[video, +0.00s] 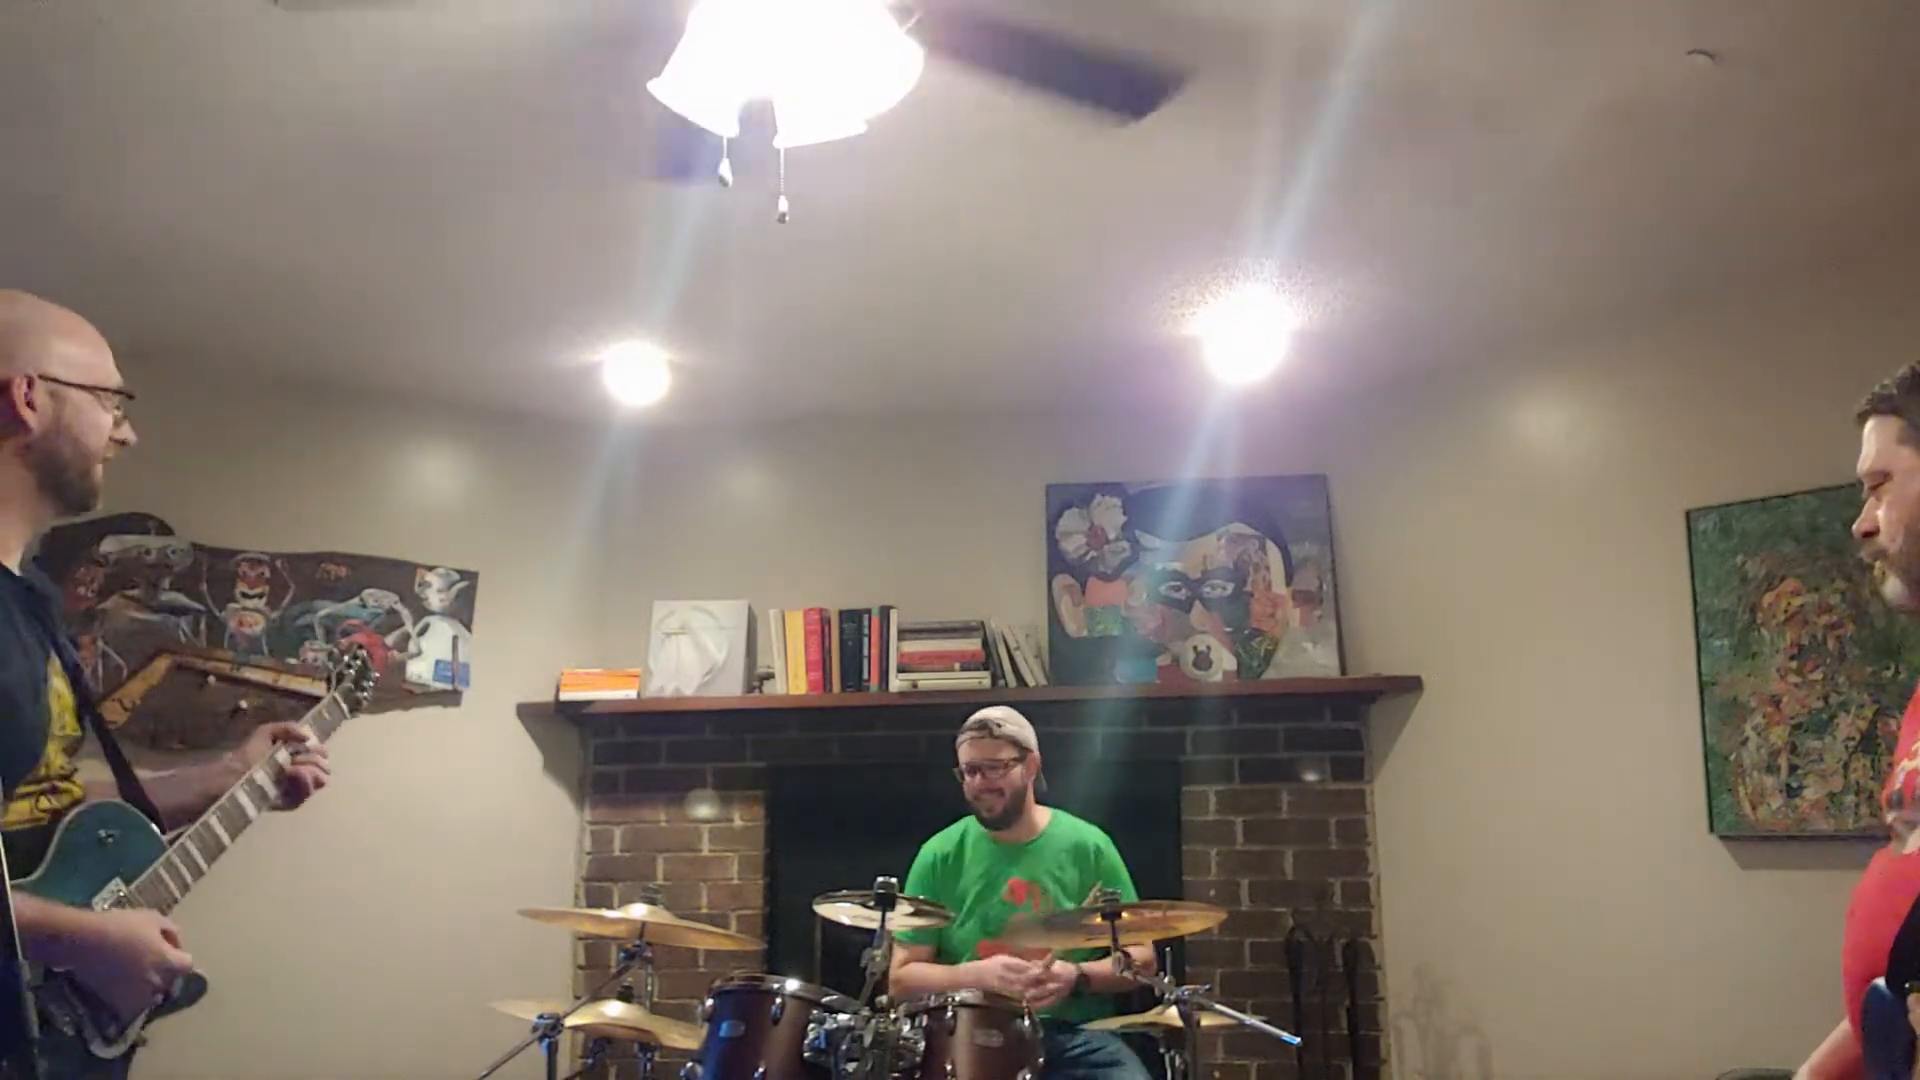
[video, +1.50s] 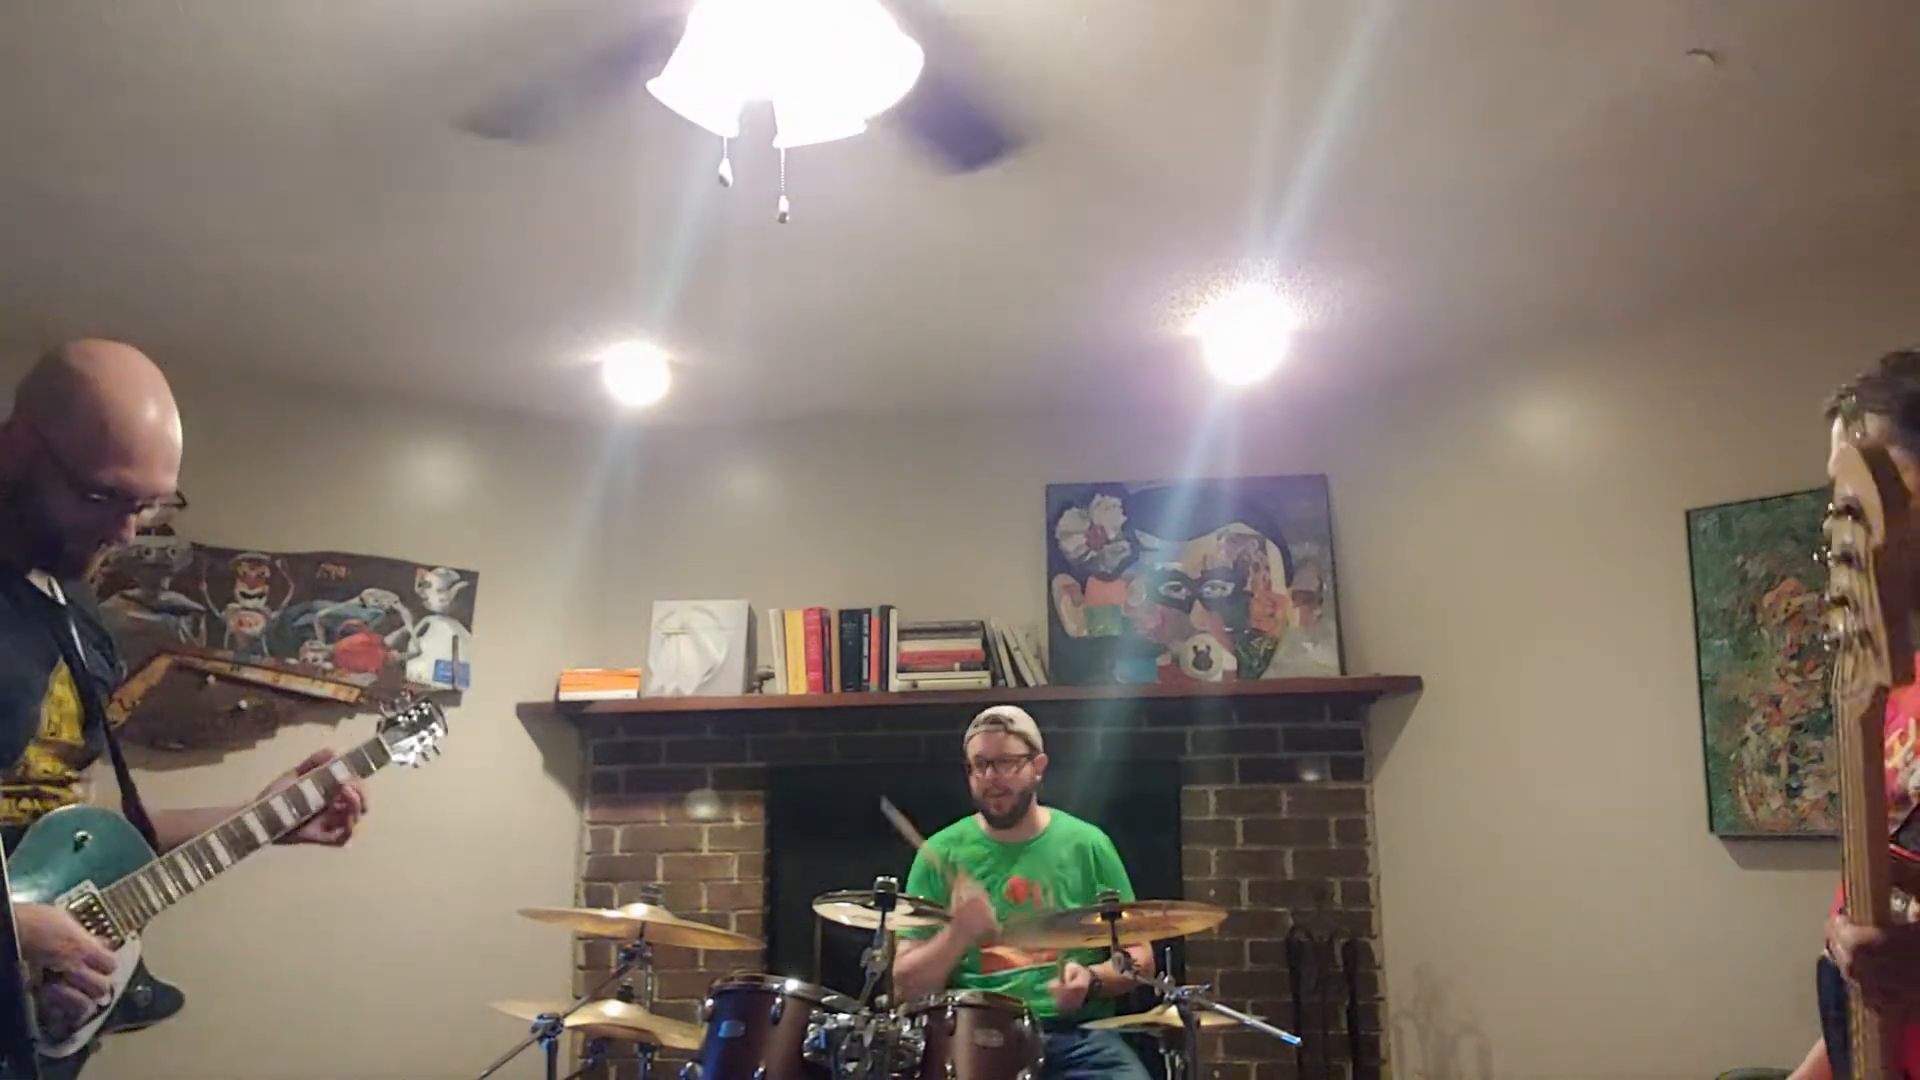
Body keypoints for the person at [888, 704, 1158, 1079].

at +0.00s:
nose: (982, 783)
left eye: (997, 768)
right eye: (971, 770)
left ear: (1031, 766)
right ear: (959, 775)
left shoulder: (1088, 846)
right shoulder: (940, 856)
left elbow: (1142, 959)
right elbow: (902, 976)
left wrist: (1078, 976)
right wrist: (981, 975)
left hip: (1074, 1030)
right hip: (971, 1032)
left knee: (1130, 1074)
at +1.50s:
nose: (993, 778)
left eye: (1008, 764)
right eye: (981, 765)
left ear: (1038, 767)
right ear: (967, 771)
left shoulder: (1088, 845)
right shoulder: (939, 854)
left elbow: (1140, 958)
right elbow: (904, 984)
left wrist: (1093, 976)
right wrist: (957, 933)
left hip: (1074, 1029)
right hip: (972, 1031)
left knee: (1130, 1074)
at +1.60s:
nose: (983, 782)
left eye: (999, 766)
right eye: (973, 768)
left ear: (1032, 767)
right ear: (962, 772)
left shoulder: (1086, 845)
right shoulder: (938, 849)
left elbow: (1140, 958)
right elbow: (912, 981)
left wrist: (1090, 980)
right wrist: (952, 883)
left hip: (1073, 1032)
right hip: (968, 1032)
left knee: (1132, 1075)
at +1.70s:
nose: (979, 781)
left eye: (996, 766)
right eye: (969, 767)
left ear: (1031, 768)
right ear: (958, 772)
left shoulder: (1084, 843)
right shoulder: (937, 845)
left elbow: (1140, 957)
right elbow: (916, 967)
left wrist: (1086, 979)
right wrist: (954, 855)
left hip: (1072, 1033)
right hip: (966, 1032)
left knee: (1132, 1075)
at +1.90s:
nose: (977, 779)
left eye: (995, 765)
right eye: (969, 765)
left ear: (1033, 769)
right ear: (959, 770)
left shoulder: (1086, 845)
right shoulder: (939, 842)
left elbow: (1139, 958)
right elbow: (920, 955)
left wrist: (1083, 980)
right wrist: (958, 839)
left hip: (1071, 1034)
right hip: (967, 1032)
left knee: (1132, 1075)